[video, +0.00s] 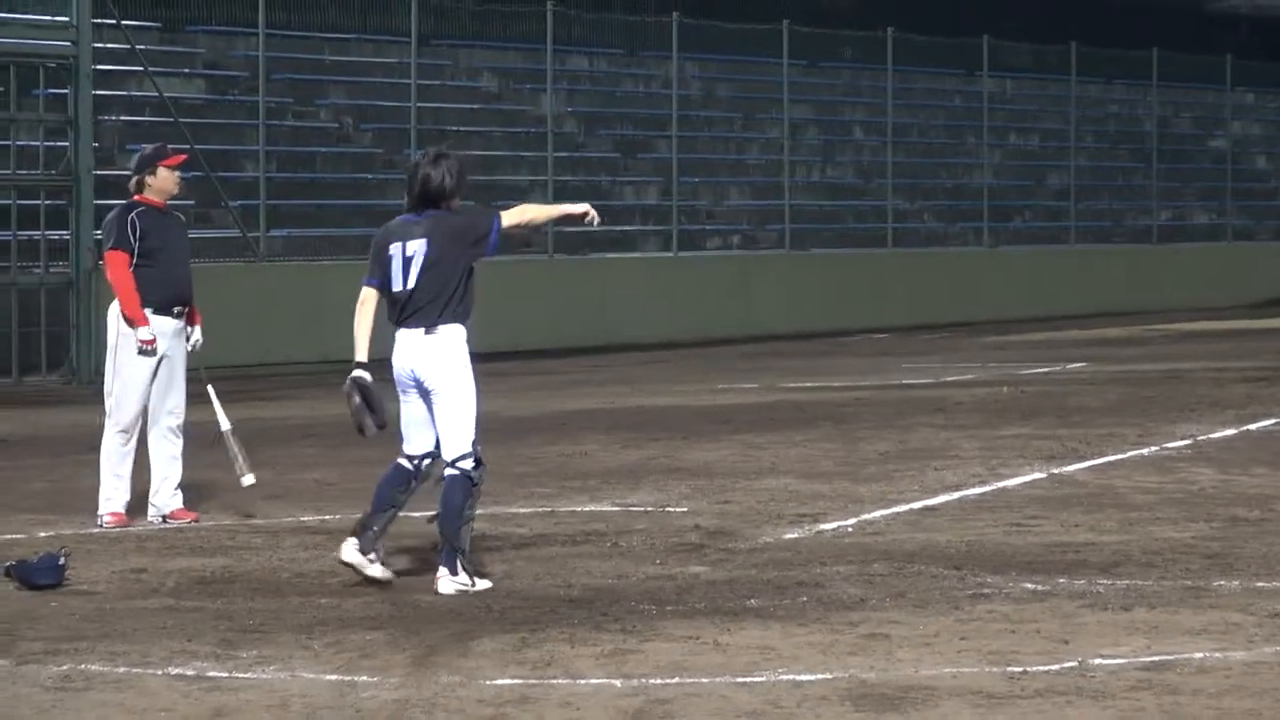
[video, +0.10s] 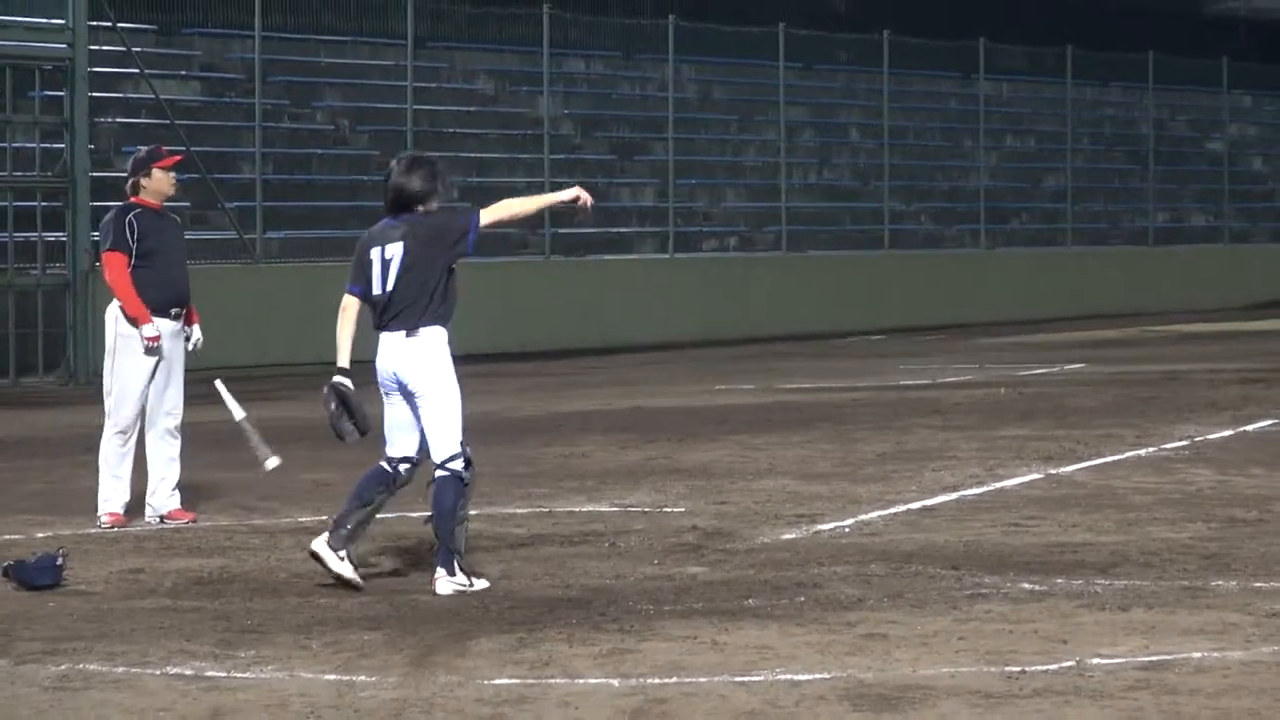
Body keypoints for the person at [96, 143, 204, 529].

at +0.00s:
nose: (179, 175)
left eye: (178, 170)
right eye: (172, 170)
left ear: (158, 178)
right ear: (149, 176)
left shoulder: (175, 220)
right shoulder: (125, 215)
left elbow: (178, 273)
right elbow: (117, 271)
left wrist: (193, 319)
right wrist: (141, 325)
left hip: (174, 328)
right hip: (135, 325)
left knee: (168, 419)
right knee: (124, 420)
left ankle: (166, 503)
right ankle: (112, 507)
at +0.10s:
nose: (174, 177)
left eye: (173, 171)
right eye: (167, 171)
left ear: (154, 179)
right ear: (144, 178)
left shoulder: (171, 222)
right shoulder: (121, 217)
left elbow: (175, 273)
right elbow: (115, 273)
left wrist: (191, 319)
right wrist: (145, 322)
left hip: (172, 329)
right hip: (133, 327)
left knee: (166, 420)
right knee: (123, 421)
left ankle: (163, 503)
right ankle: (111, 508)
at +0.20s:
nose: (172, 182)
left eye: (170, 177)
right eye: (165, 177)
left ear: (152, 185)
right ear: (141, 184)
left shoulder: (169, 227)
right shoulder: (119, 224)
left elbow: (171, 279)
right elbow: (115, 279)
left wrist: (187, 325)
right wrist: (144, 327)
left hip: (170, 332)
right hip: (131, 331)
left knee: (165, 424)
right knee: (119, 425)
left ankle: (162, 508)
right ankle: (109, 513)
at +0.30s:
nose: (172, 177)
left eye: (171, 171)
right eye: (165, 172)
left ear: (153, 179)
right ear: (142, 179)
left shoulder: (169, 221)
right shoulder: (120, 218)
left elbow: (171, 273)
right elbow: (117, 273)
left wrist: (186, 319)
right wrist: (141, 324)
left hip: (170, 328)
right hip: (132, 327)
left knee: (166, 420)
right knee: (120, 421)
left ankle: (164, 503)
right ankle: (112, 507)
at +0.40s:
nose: (168, 177)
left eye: (167, 172)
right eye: (161, 172)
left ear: (151, 179)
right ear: (138, 179)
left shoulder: (166, 222)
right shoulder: (116, 217)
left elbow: (166, 273)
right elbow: (111, 270)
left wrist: (181, 318)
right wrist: (127, 321)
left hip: (167, 328)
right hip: (129, 327)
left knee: (164, 420)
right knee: (117, 421)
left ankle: (162, 502)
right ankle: (110, 507)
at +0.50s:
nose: (168, 177)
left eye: (168, 171)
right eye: (161, 172)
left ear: (156, 178)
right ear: (138, 177)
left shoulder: (168, 222)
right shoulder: (117, 217)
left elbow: (168, 276)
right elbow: (107, 271)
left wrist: (185, 318)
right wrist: (118, 323)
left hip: (167, 329)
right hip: (129, 328)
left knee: (166, 418)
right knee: (118, 420)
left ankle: (165, 501)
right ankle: (112, 506)